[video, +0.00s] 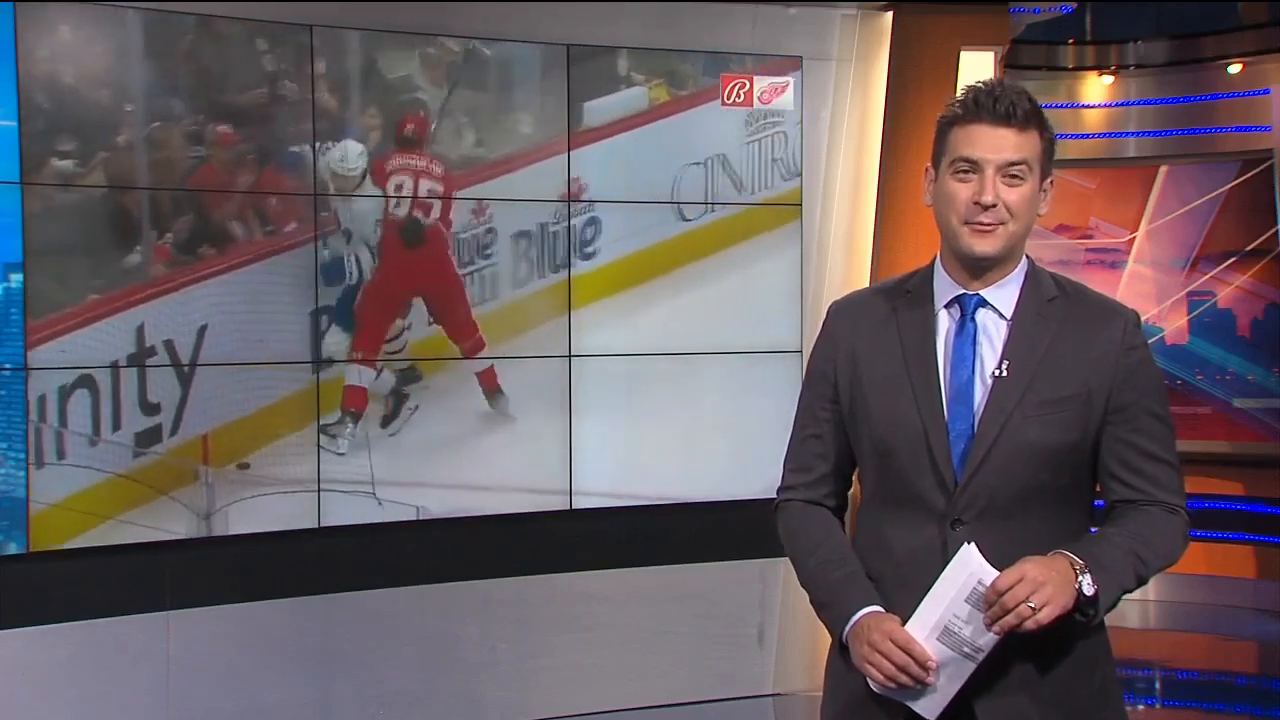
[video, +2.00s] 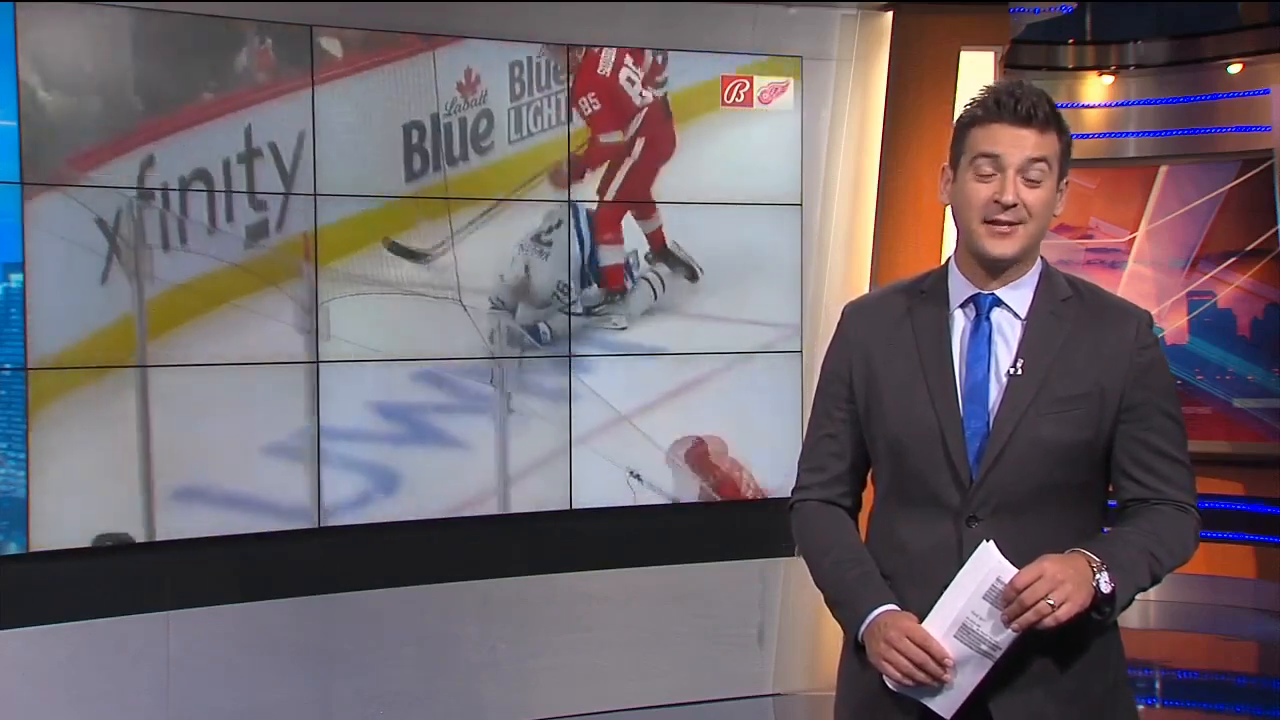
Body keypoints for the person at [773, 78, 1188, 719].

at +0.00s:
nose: (987, 196)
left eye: (1013, 176)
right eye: (965, 171)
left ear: (1043, 194)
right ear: (932, 185)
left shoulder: (1108, 335)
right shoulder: (854, 326)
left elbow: (1155, 511)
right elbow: (805, 499)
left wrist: (1079, 570)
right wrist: (857, 616)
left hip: (1044, 691)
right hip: (881, 687)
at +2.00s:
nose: (1007, 195)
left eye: (1032, 176)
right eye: (986, 170)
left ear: (1058, 197)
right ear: (949, 186)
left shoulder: (1121, 337)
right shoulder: (869, 326)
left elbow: (1167, 510)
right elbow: (820, 499)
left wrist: (1096, 568)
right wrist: (872, 615)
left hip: (1056, 690)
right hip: (895, 687)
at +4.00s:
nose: (1006, 185)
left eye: (1031, 166)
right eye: (984, 161)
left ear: (1058, 192)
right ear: (948, 184)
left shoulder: (1123, 332)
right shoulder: (871, 326)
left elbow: (1172, 507)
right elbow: (824, 502)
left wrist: (1102, 568)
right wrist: (879, 619)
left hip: (1064, 688)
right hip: (899, 685)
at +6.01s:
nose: (1001, 192)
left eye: (1028, 174)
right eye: (981, 167)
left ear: (1055, 196)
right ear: (945, 183)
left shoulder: (1119, 336)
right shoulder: (865, 327)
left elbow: (1166, 510)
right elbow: (815, 501)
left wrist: (1094, 572)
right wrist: (871, 620)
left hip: (1056, 692)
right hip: (892, 688)